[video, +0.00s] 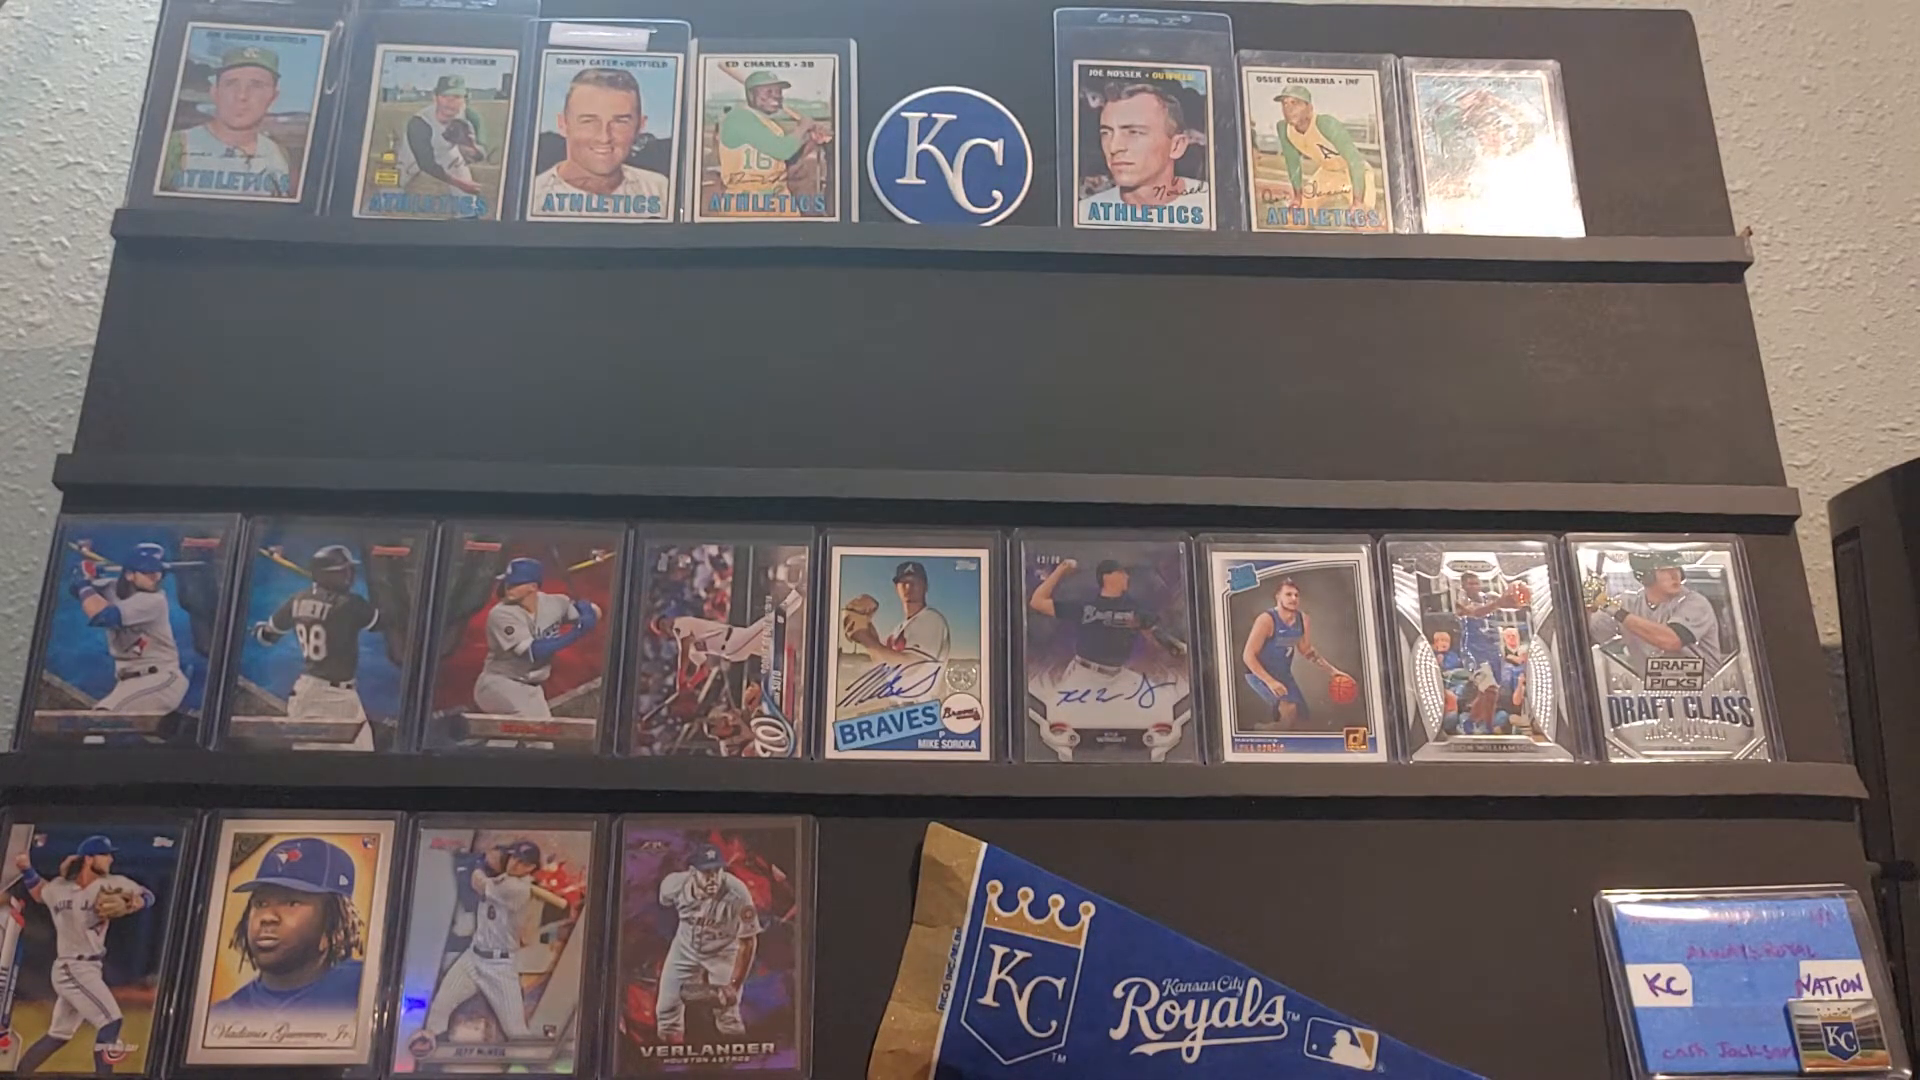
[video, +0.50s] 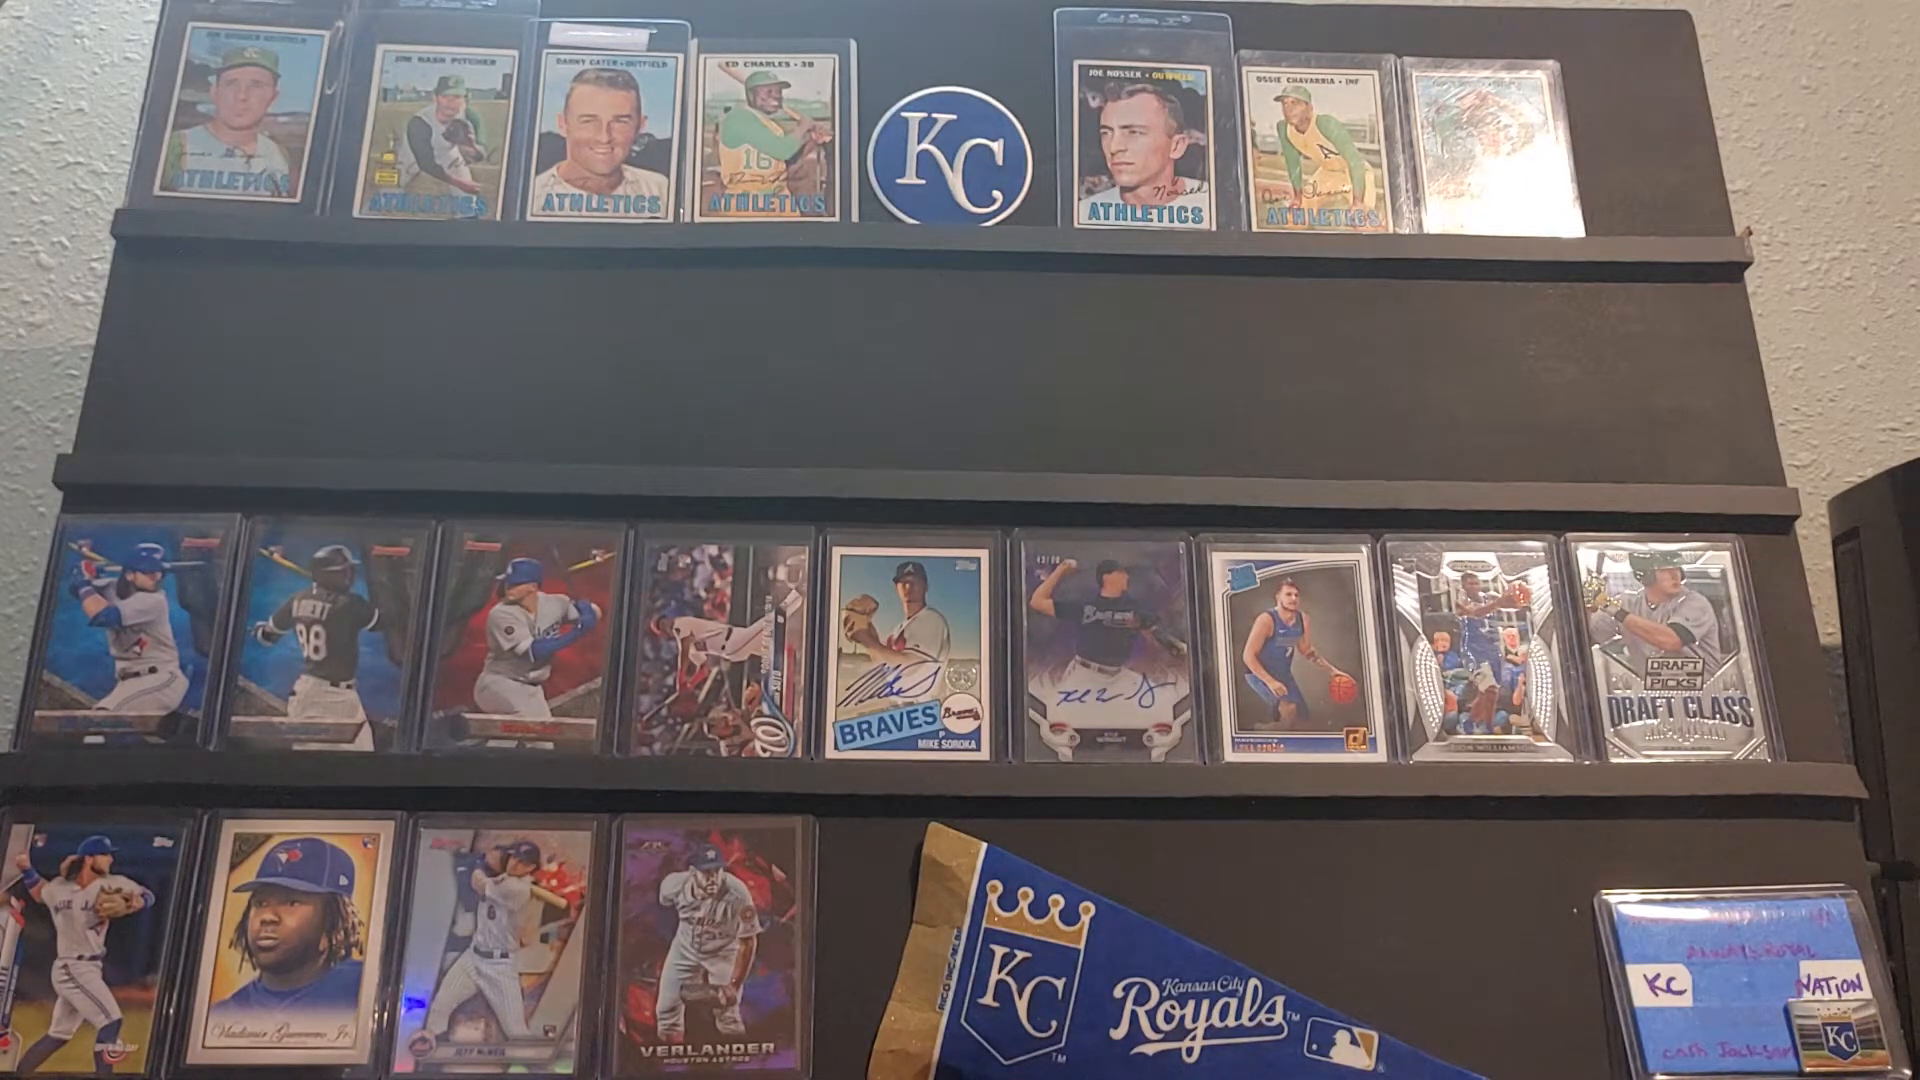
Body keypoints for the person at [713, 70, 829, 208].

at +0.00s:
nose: (776, 97)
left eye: (779, 92)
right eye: (769, 92)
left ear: (782, 93)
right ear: (751, 96)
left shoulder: (775, 126)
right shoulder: (738, 118)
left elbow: (785, 168)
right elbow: (782, 151)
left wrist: (811, 143)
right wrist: (802, 128)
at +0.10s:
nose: (776, 97)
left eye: (779, 92)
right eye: (769, 92)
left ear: (782, 93)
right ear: (751, 96)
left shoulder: (775, 126)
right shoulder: (738, 118)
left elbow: (784, 168)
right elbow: (782, 151)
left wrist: (811, 143)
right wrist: (802, 128)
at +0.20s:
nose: (776, 97)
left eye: (779, 92)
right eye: (769, 92)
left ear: (782, 93)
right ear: (751, 95)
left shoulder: (774, 126)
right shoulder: (738, 118)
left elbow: (785, 168)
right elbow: (783, 151)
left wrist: (811, 143)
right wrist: (802, 128)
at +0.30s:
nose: (776, 97)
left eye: (779, 92)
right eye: (769, 92)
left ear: (782, 93)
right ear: (751, 95)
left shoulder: (775, 126)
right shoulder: (738, 118)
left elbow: (784, 168)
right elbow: (782, 151)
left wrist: (811, 143)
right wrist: (802, 128)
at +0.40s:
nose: (776, 97)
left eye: (779, 92)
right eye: (769, 92)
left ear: (782, 94)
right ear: (751, 95)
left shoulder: (774, 127)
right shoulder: (738, 118)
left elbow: (785, 169)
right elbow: (783, 151)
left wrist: (811, 143)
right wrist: (802, 128)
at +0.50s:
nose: (776, 97)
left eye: (779, 92)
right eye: (769, 92)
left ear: (782, 93)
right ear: (752, 96)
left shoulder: (774, 126)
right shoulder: (738, 118)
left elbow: (785, 168)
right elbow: (783, 151)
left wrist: (811, 143)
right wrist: (802, 128)